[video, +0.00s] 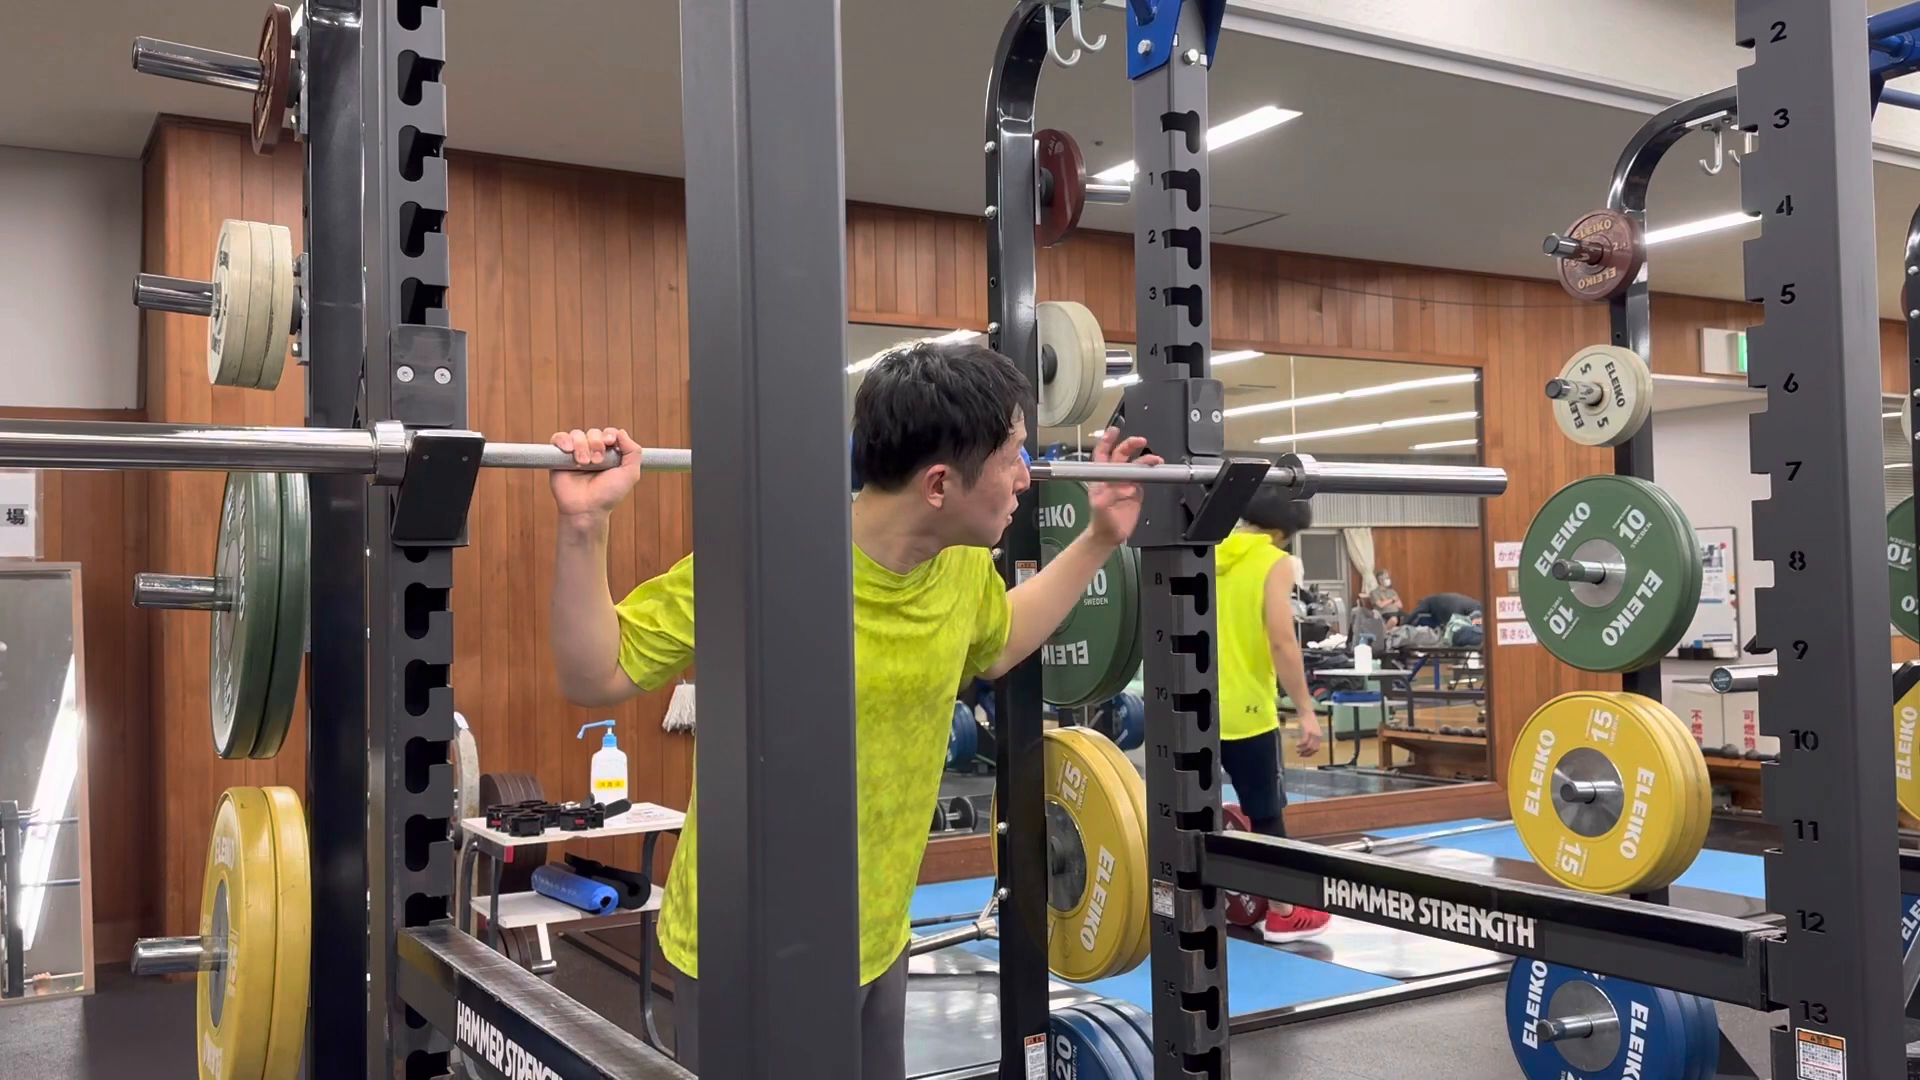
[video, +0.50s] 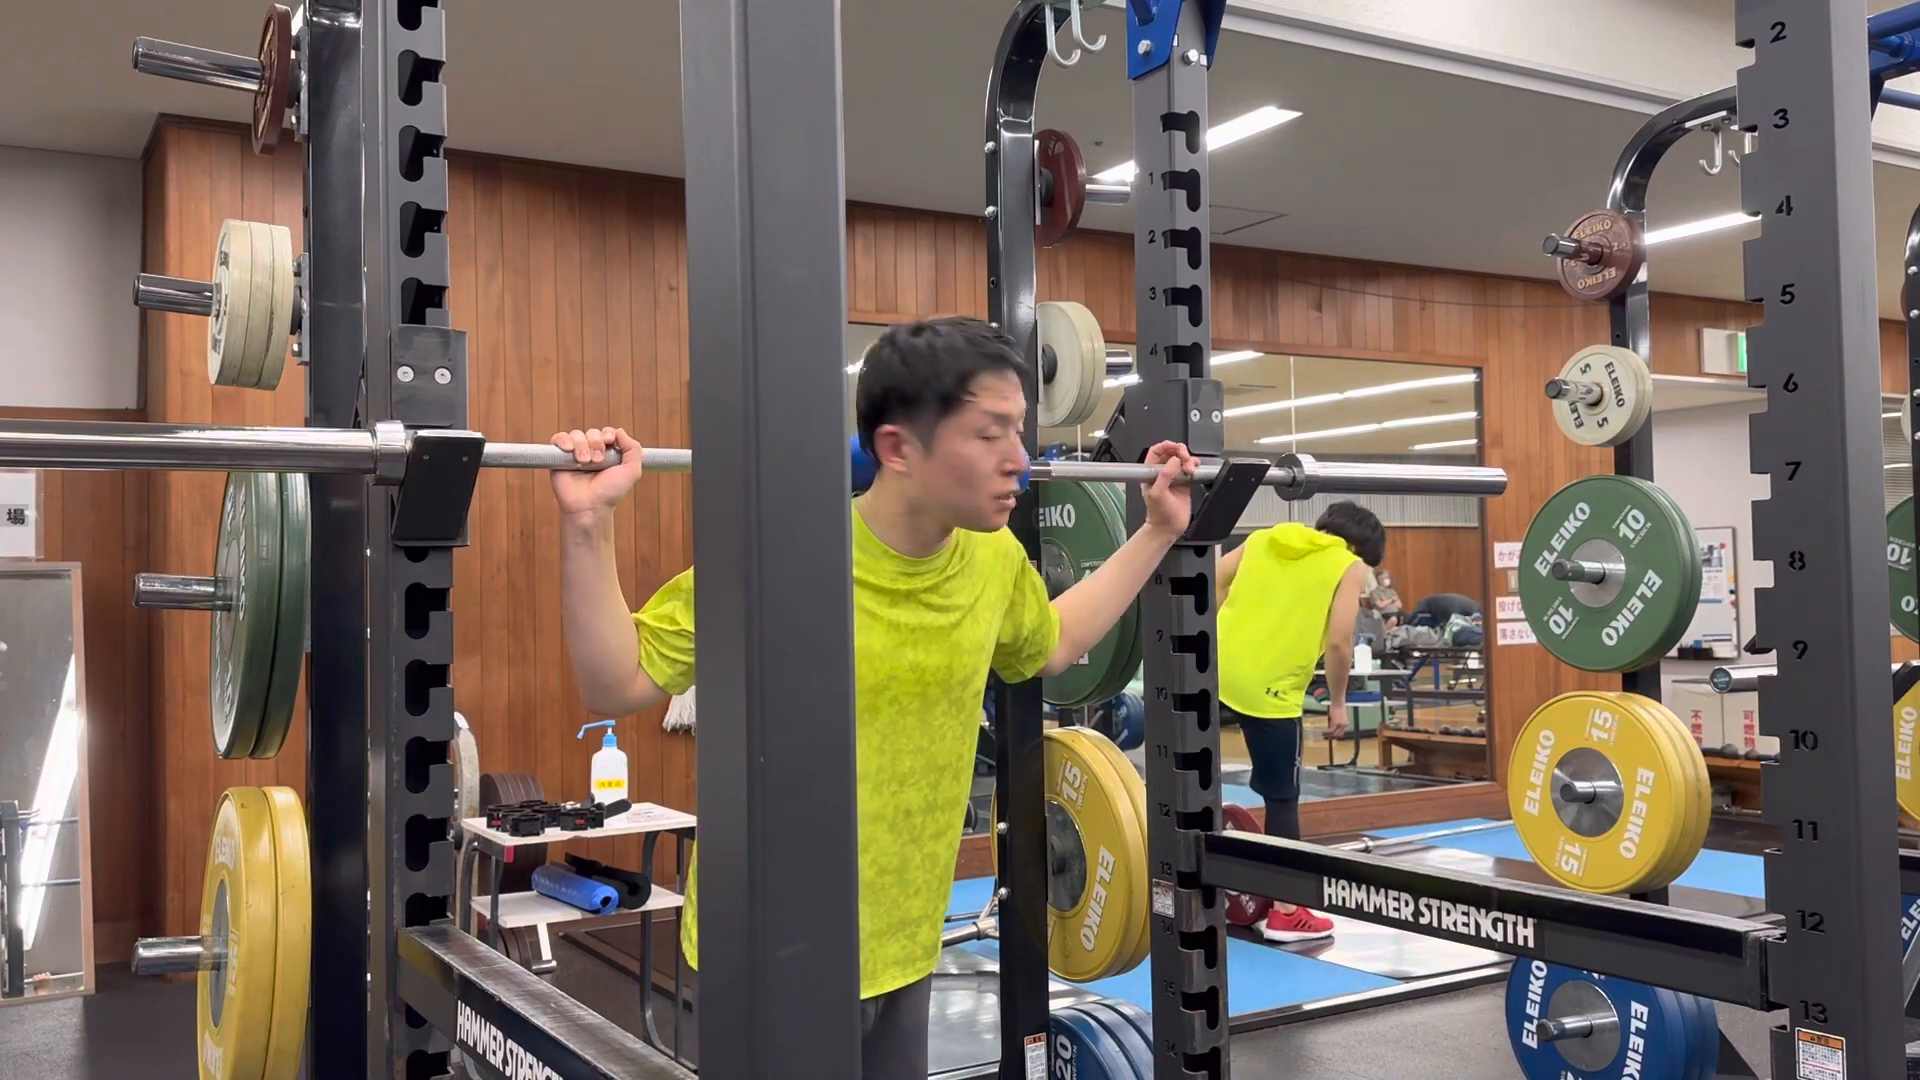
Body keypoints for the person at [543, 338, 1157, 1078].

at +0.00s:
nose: (1026, 476)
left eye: (1022, 453)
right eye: (1011, 457)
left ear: (941, 486)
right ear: (938, 484)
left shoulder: (965, 569)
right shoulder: (770, 561)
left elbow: (994, 648)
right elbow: (595, 675)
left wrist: (1102, 538)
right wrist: (581, 527)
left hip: (875, 952)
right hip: (742, 959)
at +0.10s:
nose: (1026, 474)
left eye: (1024, 452)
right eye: (1012, 454)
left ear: (948, 478)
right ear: (943, 476)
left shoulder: (969, 570)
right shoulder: (770, 559)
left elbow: (1004, 649)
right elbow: (599, 680)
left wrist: (1112, 539)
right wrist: (583, 526)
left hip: (880, 956)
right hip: (747, 964)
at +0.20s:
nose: (1029, 469)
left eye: (1025, 446)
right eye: (1015, 448)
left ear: (952, 472)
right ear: (944, 469)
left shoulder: (972, 563)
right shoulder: (773, 558)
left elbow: (1017, 646)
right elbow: (603, 682)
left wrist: (1127, 538)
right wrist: (583, 524)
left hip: (885, 957)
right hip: (752, 965)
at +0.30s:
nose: (1030, 465)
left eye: (1026, 443)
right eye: (1016, 444)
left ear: (953, 465)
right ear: (944, 461)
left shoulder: (979, 562)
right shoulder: (778, 557)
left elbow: (1025, 645)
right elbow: (609, 682)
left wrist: (1137, 536)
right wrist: (583, 525)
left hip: (891, 958)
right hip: (757, 965)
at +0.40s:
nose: (1032, 464)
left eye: (1028, 439)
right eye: (1016, 440)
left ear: (946, 459)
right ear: (938, 457)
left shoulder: (984, 560)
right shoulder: (781, 556)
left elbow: (1033, 645)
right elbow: (613, 681)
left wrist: (1144, 535)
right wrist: (584, 525)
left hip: (894, 961)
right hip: (762, 969)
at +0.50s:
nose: (1020, 461)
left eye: (1019, 434)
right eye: (991, 434)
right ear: (896, 447)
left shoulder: (994, 560)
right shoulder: (785, 559)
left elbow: (1048, 645)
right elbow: (619, 684)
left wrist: (1157, 533)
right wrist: (586, 526)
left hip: (903, 962)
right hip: (770, 970)